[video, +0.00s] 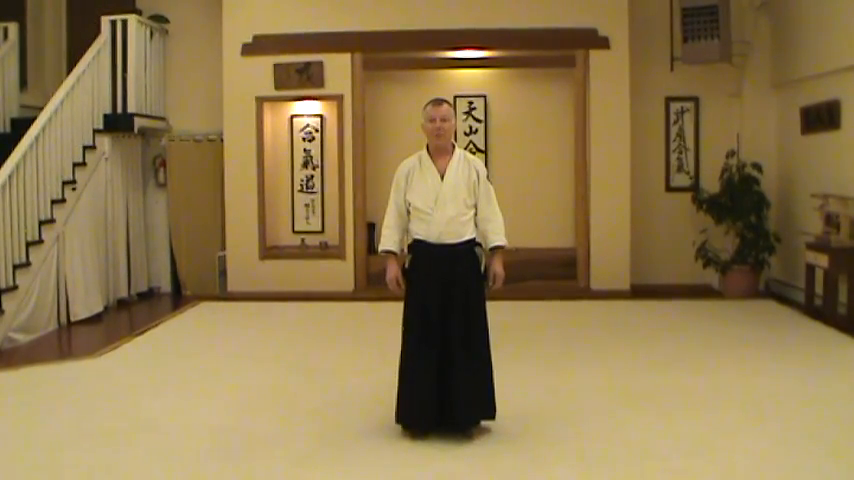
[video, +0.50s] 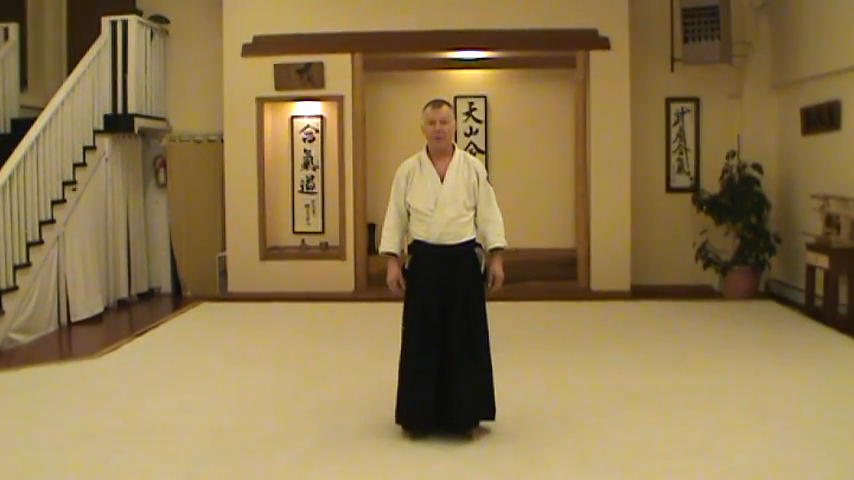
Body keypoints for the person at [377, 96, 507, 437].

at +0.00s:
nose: (439, 126)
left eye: (445, 120)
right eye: (432, 120)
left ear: (455, 124)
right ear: (423, 126)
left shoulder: (472, 166)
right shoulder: (408, 168)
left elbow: (488, 211)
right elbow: (395, 214)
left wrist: (495, 255)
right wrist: (391, 258)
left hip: (463, 259)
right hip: (423, 259)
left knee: (464, 334)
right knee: (423, 335)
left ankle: (464, 415)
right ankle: (420, 416)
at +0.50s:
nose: (438, 128)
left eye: (444, 122)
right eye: (432, 123)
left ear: (455, 126)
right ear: (423, 128)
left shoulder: (472, 167)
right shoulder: (408, 169)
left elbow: (488, 212)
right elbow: (395, 216)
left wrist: (495, 256)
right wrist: (392, 260)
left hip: (463, 260)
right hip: (424, 260)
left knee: (464, 335)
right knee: (422, 336)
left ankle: (463, 416)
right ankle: (419, 416)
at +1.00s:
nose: (437, 128)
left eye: (443, 122)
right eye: (431, 123)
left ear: (454, 125)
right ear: (421, 128)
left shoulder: (471, 166)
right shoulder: (408, 170)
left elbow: (486, 211)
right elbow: (394, 216)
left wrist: (494, 256)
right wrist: (392, 261)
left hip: (462, 260)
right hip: (423, 260)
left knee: (463, 336)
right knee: (422, 336)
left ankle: (463, 416)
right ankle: (420, 417)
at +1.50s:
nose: (435, 126)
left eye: (442, 120)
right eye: (429, 120)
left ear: (453, 124)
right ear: (420, 127)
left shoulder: (470, 166)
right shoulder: (406, 170)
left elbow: (486, 212)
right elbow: (393, 217)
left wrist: (494, 256)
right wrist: (391, 262)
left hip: (462, 260)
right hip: (422, 260)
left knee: (463, 335)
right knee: (422, 336)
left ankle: (463, 416)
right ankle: (419, 417)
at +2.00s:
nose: (435, 127)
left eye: (441, 121)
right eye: (428, 121)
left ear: (452, 125)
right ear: (419, 127)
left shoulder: (470, 167)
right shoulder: (406, 170)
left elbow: (486, 212)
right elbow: (393, 217)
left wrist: (494, 256)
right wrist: (391, 261)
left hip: (462, 260)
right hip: (422, 260)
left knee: (463, 336)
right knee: (422, 337)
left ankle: (464, 416)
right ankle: (420, 418)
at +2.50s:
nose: (435, 126)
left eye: (441, 120)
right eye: (428, 120)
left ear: (451, 125)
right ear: (419, 127)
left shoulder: (469, 167)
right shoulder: (406, 170)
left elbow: (485, 212)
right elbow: (394, 217)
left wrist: (492, 256)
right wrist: (392, 262)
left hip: (461, 260)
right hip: (422, 260)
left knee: (463, 336)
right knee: (422, 336)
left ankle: (463, 416)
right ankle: (420, 417)